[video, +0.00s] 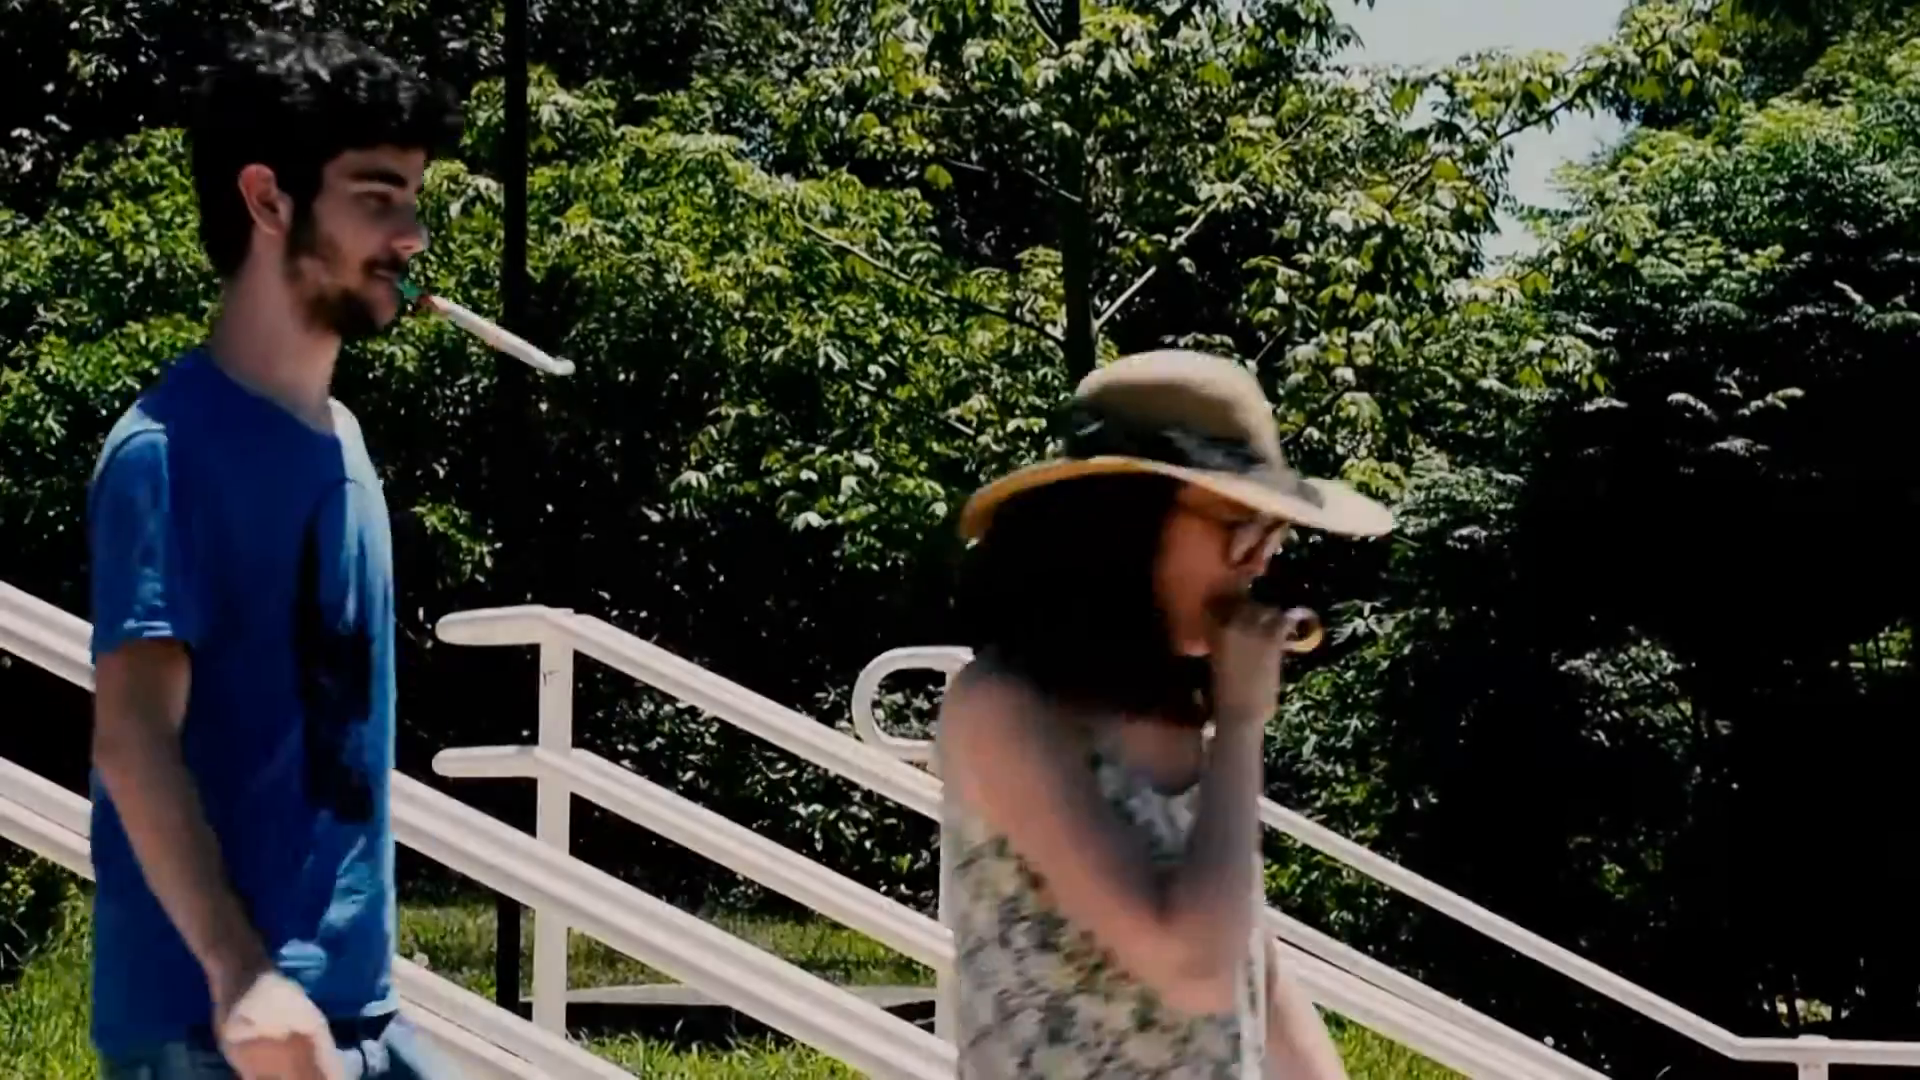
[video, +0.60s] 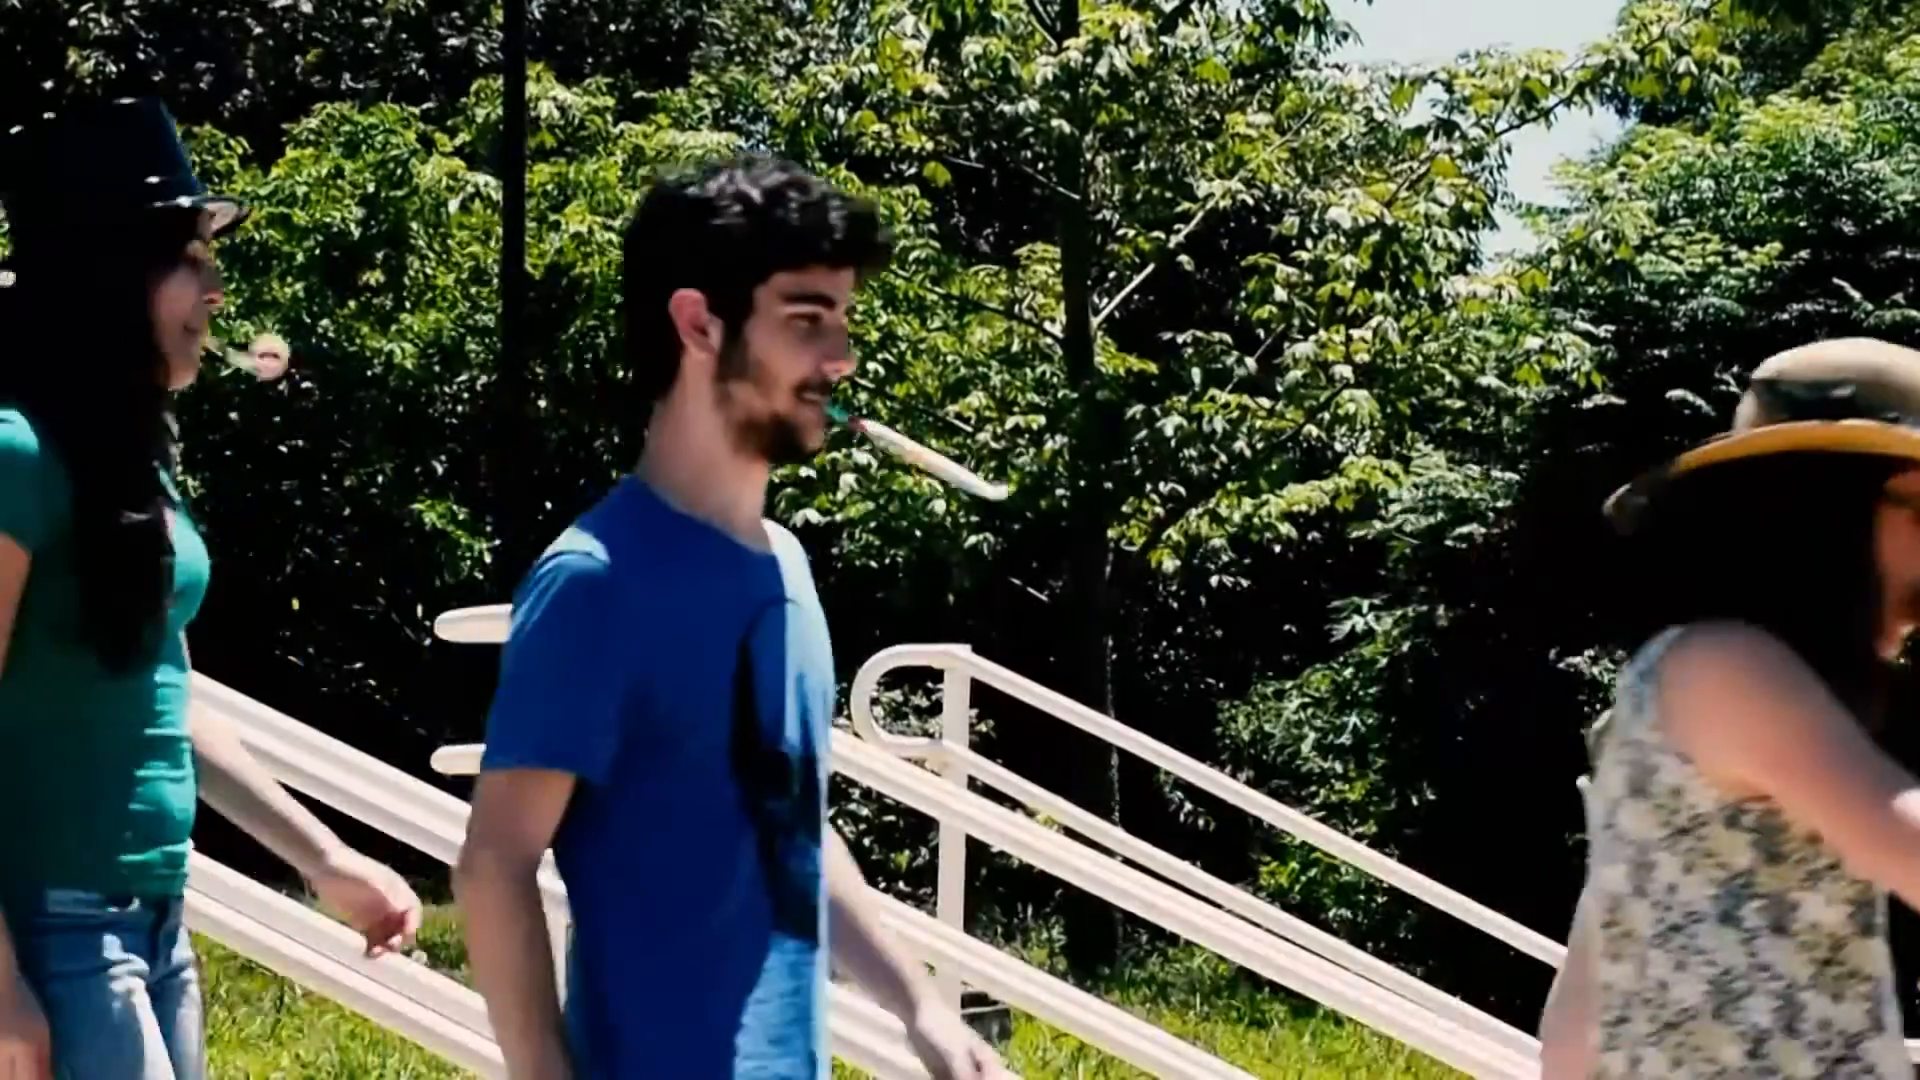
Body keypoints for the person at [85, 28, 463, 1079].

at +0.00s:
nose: (411, 240)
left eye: (414, 207)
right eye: (379, 200)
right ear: (269, 199)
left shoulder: (338, 439)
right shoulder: (163, 452)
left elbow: (309, 721)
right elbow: (131, 738)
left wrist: (357, 965)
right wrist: (242, 978)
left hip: (357, 1007)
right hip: (210, 1031)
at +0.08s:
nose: (467, 215)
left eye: (471, 184)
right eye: (435, 178)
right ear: (325, 179)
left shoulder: (394, 412)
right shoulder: (220, 433)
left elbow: (356, 696)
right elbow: (184, 714)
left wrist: (398, 940)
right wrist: (311, 940)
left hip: (402, 970)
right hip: (250, 999)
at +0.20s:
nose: (555, 233)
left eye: (558, 198)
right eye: (520, 193)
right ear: (409, 196)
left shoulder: (482, 428)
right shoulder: (303, 450)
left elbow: (447, 706)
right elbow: (238, 734)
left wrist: (486, 954)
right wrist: (401, 945)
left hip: (478, 988)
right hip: (326, 1010)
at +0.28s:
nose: (610, 287)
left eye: (612, 250)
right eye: (576, 245)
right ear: (465, 249)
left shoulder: (551, 483)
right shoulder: (359, 500)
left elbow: (527, 766)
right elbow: (282, 791)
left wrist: (559, 1010)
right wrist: (445, 1002)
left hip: (545, 1029)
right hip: (395, 1044)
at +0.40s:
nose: (696, 371)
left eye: (697, 333)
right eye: (660, 328)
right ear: (549, 336)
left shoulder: (644, 573)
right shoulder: (447, 595)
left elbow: (634, 854)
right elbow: (366, 881)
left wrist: (668, 1052)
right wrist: (452, 1069)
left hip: (649, 1051)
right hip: (527, 1054)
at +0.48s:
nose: (761, 384)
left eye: (761, 346)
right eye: (723, 342)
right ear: (614, 349)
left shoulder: (702, 584)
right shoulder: (505, 607)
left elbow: (724, 863)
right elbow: (425, 896)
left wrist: (790, 1059)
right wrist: (473, 1070)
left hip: (716, 1058)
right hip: (572, 1056)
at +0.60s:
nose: (842, 359)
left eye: (842, 324)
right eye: (808, 317)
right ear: (699, 323)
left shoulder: (782, 561)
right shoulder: (593, 583)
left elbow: (794, 827)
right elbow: (493, 869)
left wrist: (920, 1007)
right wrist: (545, 1071)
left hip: (787, 1050)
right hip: (657, 1053)